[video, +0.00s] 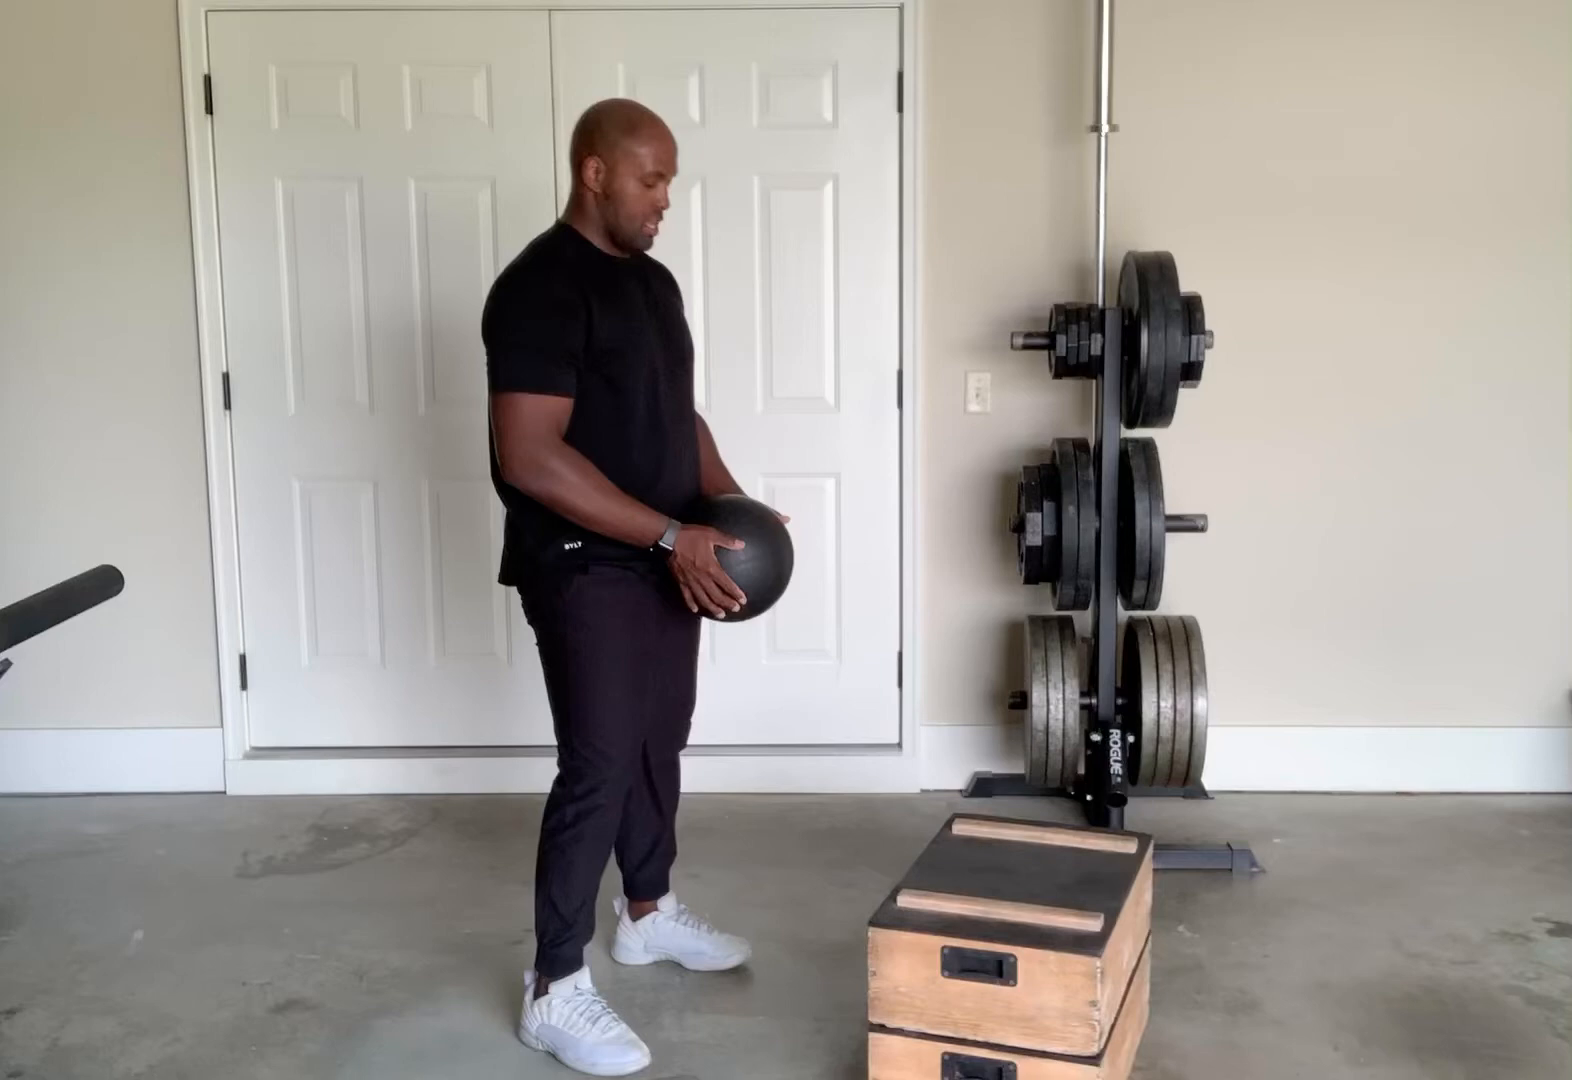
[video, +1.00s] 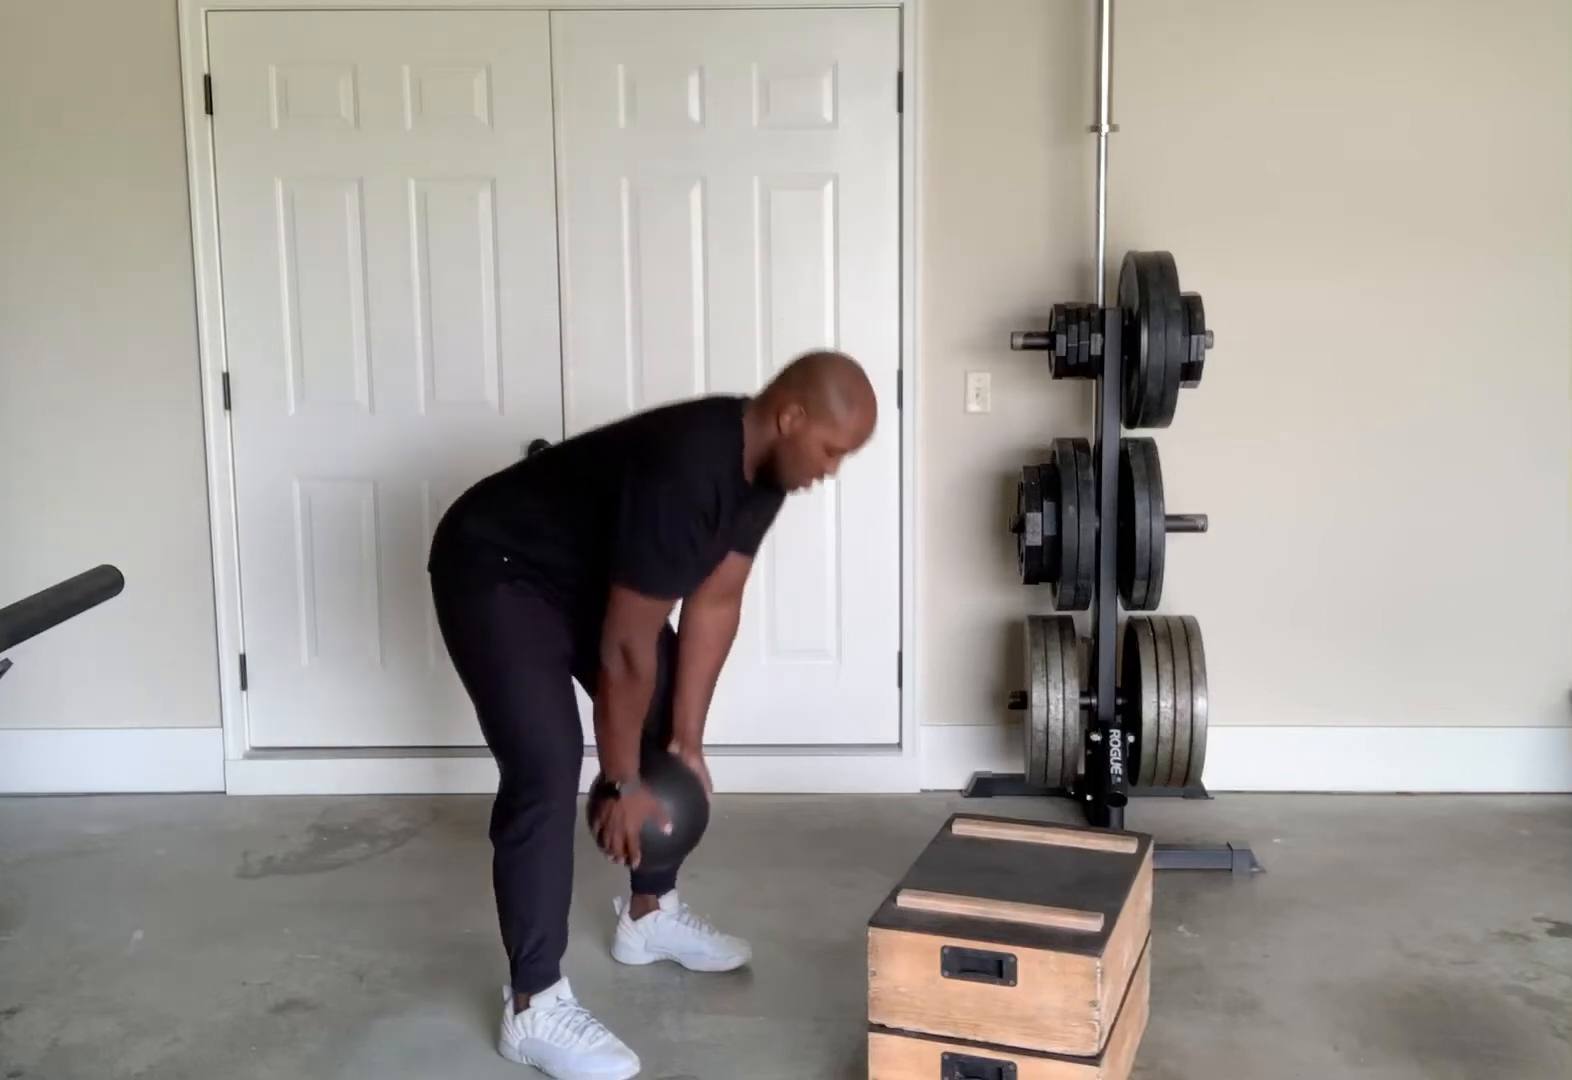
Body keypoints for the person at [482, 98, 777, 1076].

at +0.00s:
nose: (664, 200)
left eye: (670, 182)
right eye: (650, 180)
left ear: (651, 179)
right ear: (590, 172)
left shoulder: (653, 285)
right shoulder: (537, 289)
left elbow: (678, 424)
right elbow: (526, 458)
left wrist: (737, 512)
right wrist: (668, 536)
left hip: (660, 558)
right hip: (580, 566)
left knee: (658, 741)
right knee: (599, 765)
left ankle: (647, 913)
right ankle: (555, 985)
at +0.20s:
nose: (677, 211)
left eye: (683, 193)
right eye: (665, 190)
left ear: (651, 183)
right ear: (609, 175)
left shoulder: (663, 284)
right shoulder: (541, 289)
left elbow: (684, 419)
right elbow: (532, 458)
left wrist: (740, 518)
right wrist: (669, 541)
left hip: (664, 556)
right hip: (582, 561)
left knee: (664, 738)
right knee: (598, 761)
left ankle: (648, 913)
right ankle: (541, 993)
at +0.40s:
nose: (681, 224)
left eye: (689, 206)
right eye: (670, 203)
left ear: (653, 193)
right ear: (616, 184)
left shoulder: (659, 289)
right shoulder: (542, 291)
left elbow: (679, 429)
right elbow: (535, 462)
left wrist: (737, 530)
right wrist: (668, 554)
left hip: (667, 563)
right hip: (581, 569)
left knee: (675, 739)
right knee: (580, 771)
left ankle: (650, 914)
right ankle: (538, 997)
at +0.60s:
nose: (719, 249)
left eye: (729, 233)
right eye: (714, 229)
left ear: (693, 211)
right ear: (663, 200)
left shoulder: (683, 297)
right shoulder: (573, 294)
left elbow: (684, 438)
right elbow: (560, 469)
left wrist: (730, 560)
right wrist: (667, 589)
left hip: (649, 565)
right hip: (563, 568)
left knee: (667, 732)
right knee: (570, 769)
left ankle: (648, 916)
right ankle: (536, 998)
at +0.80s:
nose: (791, 344)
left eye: (803, 329)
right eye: (788, 323)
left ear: (762, 302)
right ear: (741, 290)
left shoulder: (737, 365)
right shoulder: (646, 360)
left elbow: (709, 496)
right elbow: (603, 542)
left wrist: (711, 638)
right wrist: (650, 683)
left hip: (610, 552)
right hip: (518, 554)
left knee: (657, 716)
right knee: (553, 762)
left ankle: (647, 913)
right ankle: (534, 999)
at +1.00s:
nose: (832, 469)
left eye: (844, 457)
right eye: (831, 450)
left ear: (792, 419)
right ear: (788, 416)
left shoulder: (766, 472)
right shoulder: (687, 465)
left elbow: (717, 602)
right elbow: (625, 651)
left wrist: (687, 743)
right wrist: (618, 781)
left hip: (581, 573)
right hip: (492, 566)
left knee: (673, 707)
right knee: (543, 765)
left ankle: (649, 914)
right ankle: (534, 1001)